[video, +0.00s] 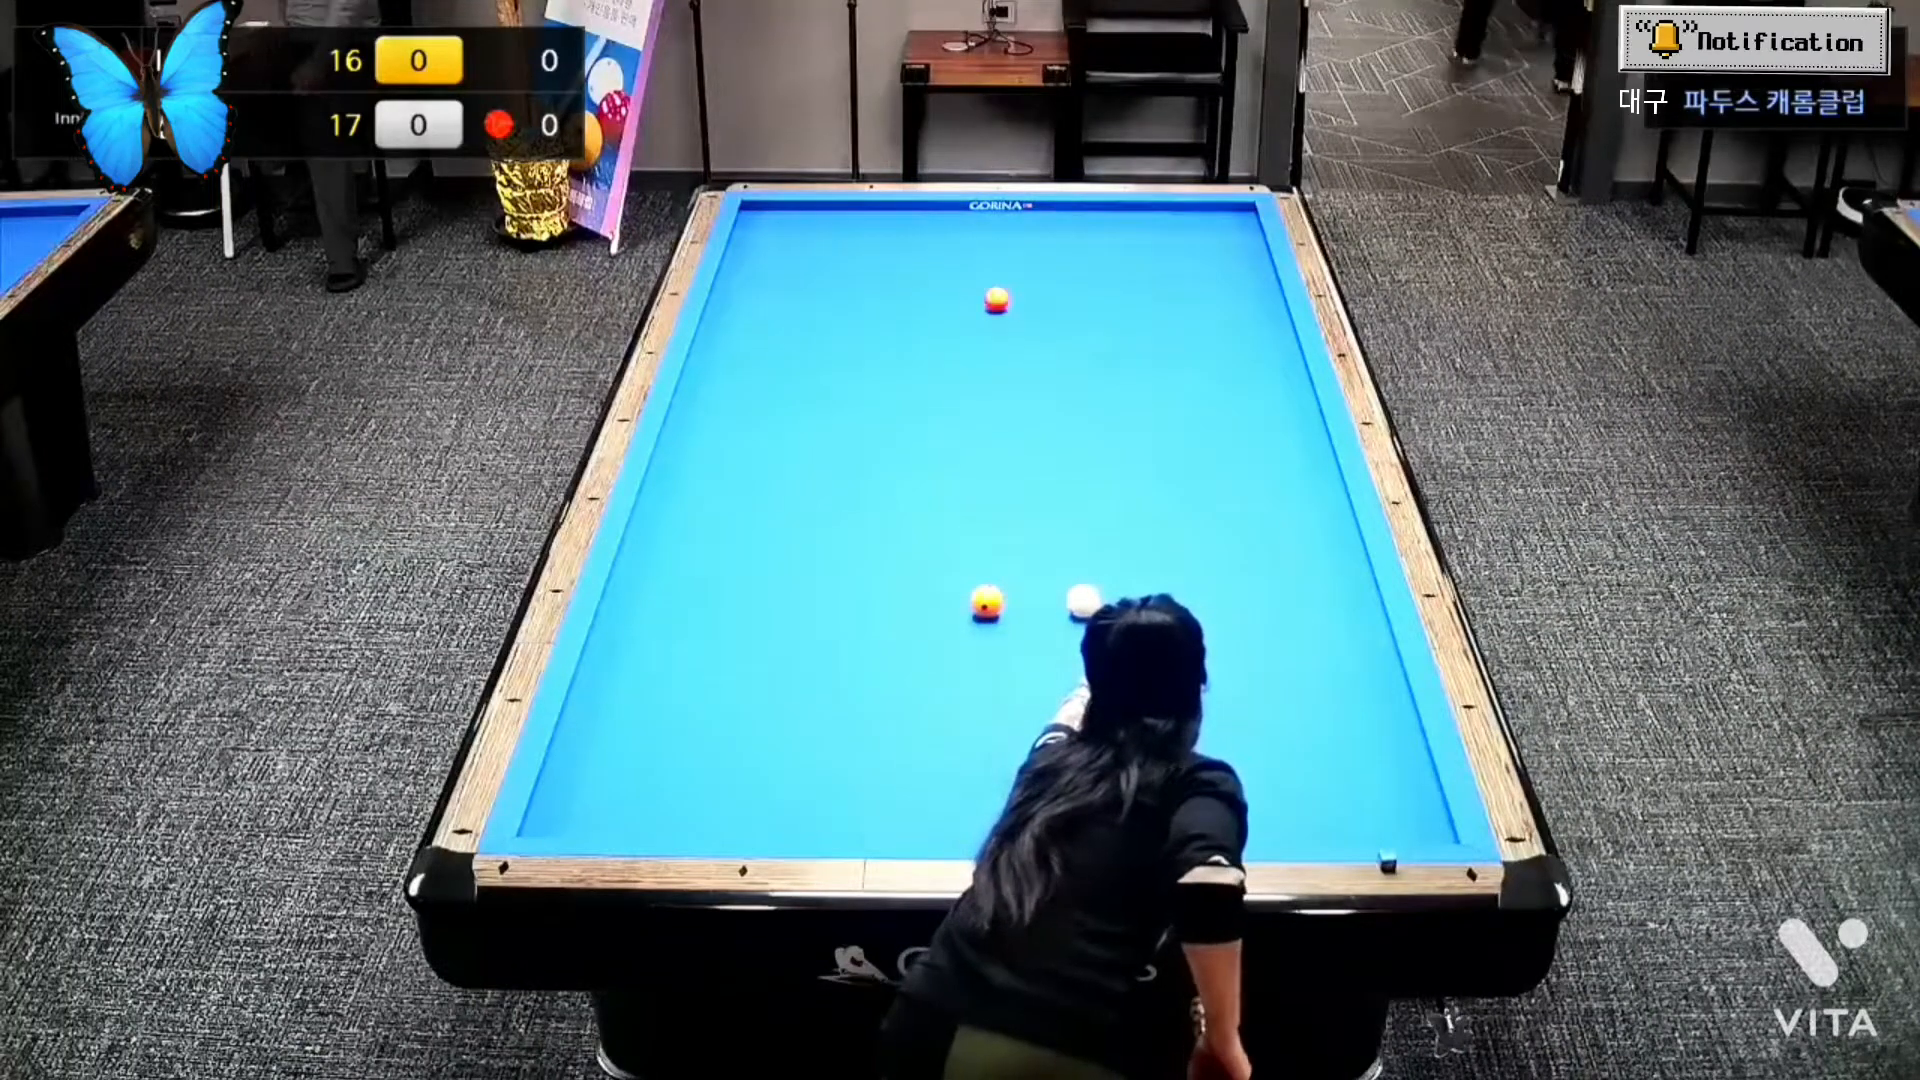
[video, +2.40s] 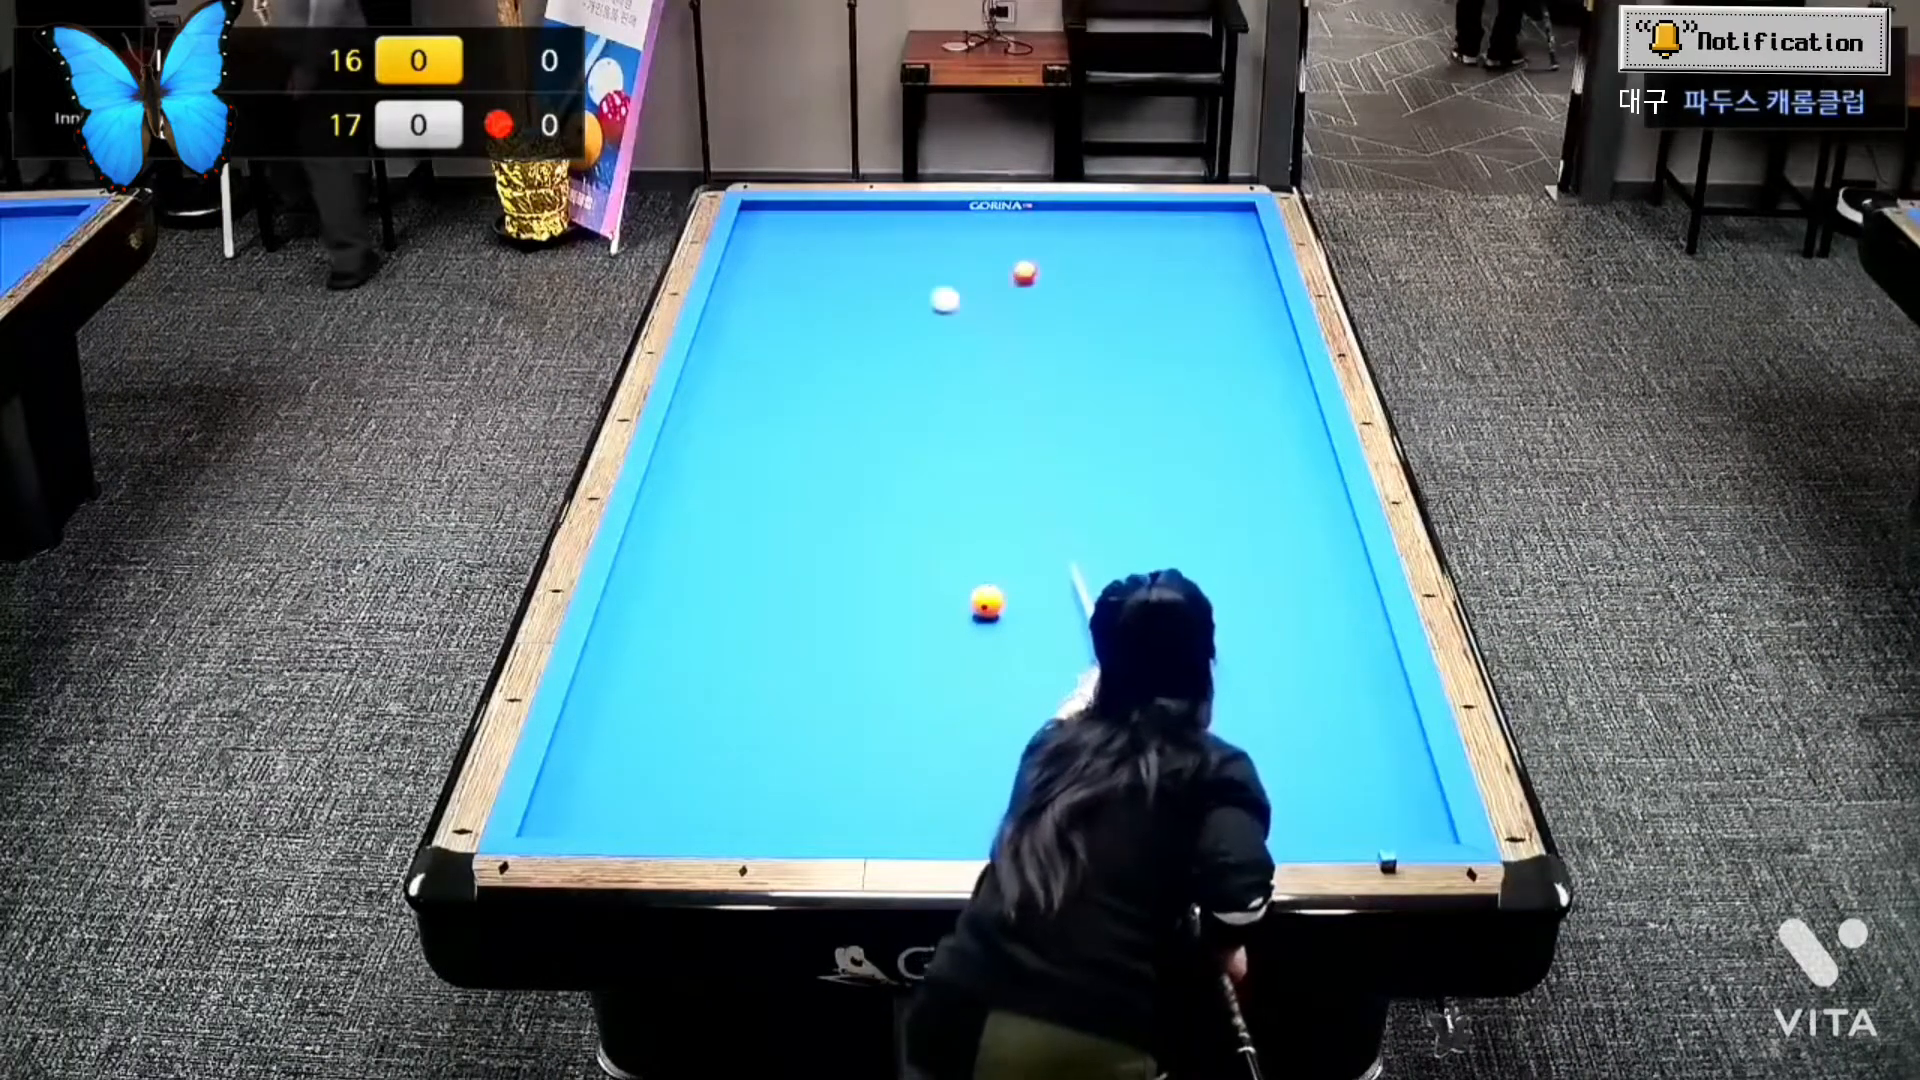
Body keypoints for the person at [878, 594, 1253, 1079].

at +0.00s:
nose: (1207, 680)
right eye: (1202, 670)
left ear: (1099, 685)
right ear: (1193, 683)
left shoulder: (1052, 756)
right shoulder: (1203, 780)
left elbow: (1071, 717)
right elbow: (1206, 889)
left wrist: (1091, 683)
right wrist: (1222, 1036)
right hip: (1080, 1044)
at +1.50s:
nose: (1214, 677)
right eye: (1209, 667)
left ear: (1102, 682)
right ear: (1200, 679)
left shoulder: (1055, 755)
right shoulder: (1212, 776)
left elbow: (1079, 705)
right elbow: (1221, 894)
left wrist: (1097, 673)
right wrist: (1234, 1052)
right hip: (1091, 1038)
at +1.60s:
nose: (1216, 672)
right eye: (1210, 662)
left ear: (1105, 679)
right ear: (1201, 676)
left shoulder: (1056, 755)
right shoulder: (1214, 775)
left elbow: (1078, 707)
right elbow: (1224, 896)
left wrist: (1101, 671)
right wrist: (1236, 1050)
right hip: (1101, 1040)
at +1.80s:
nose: (1219, 665)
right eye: (1212, 653)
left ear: (1107, 671)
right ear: (1202, 669)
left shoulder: (1059, 747)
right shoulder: (1218, 769)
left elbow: (1083, 698)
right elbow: (1233, 884)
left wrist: (1105, 660)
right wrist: (1239, 1041)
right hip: (1114, 1038)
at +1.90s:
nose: (1221, 665)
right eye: (1214, 654)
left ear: (1108, 669)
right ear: (1204, 668)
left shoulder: (1058, 748)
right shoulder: (1219, 770)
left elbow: (1085, 697)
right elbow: (1239, 887)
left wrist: (1106, 661)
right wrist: (1235, 976)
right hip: (1112, 1034)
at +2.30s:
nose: (1216, 661)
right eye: (1210, 649)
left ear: (1108, 661)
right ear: (1200, 662)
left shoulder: (1054, 744)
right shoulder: (1219, 769)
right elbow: (1238, 882)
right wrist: (1228, 943)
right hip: (1106, 1034)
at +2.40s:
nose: (1212, 662)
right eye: (1205, 650)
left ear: (1106, 659)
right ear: (1199, 660)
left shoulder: (1053, 742)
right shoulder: (1218, 767)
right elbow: (1237, 878)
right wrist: (1226, 944)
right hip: (1106, 1032)